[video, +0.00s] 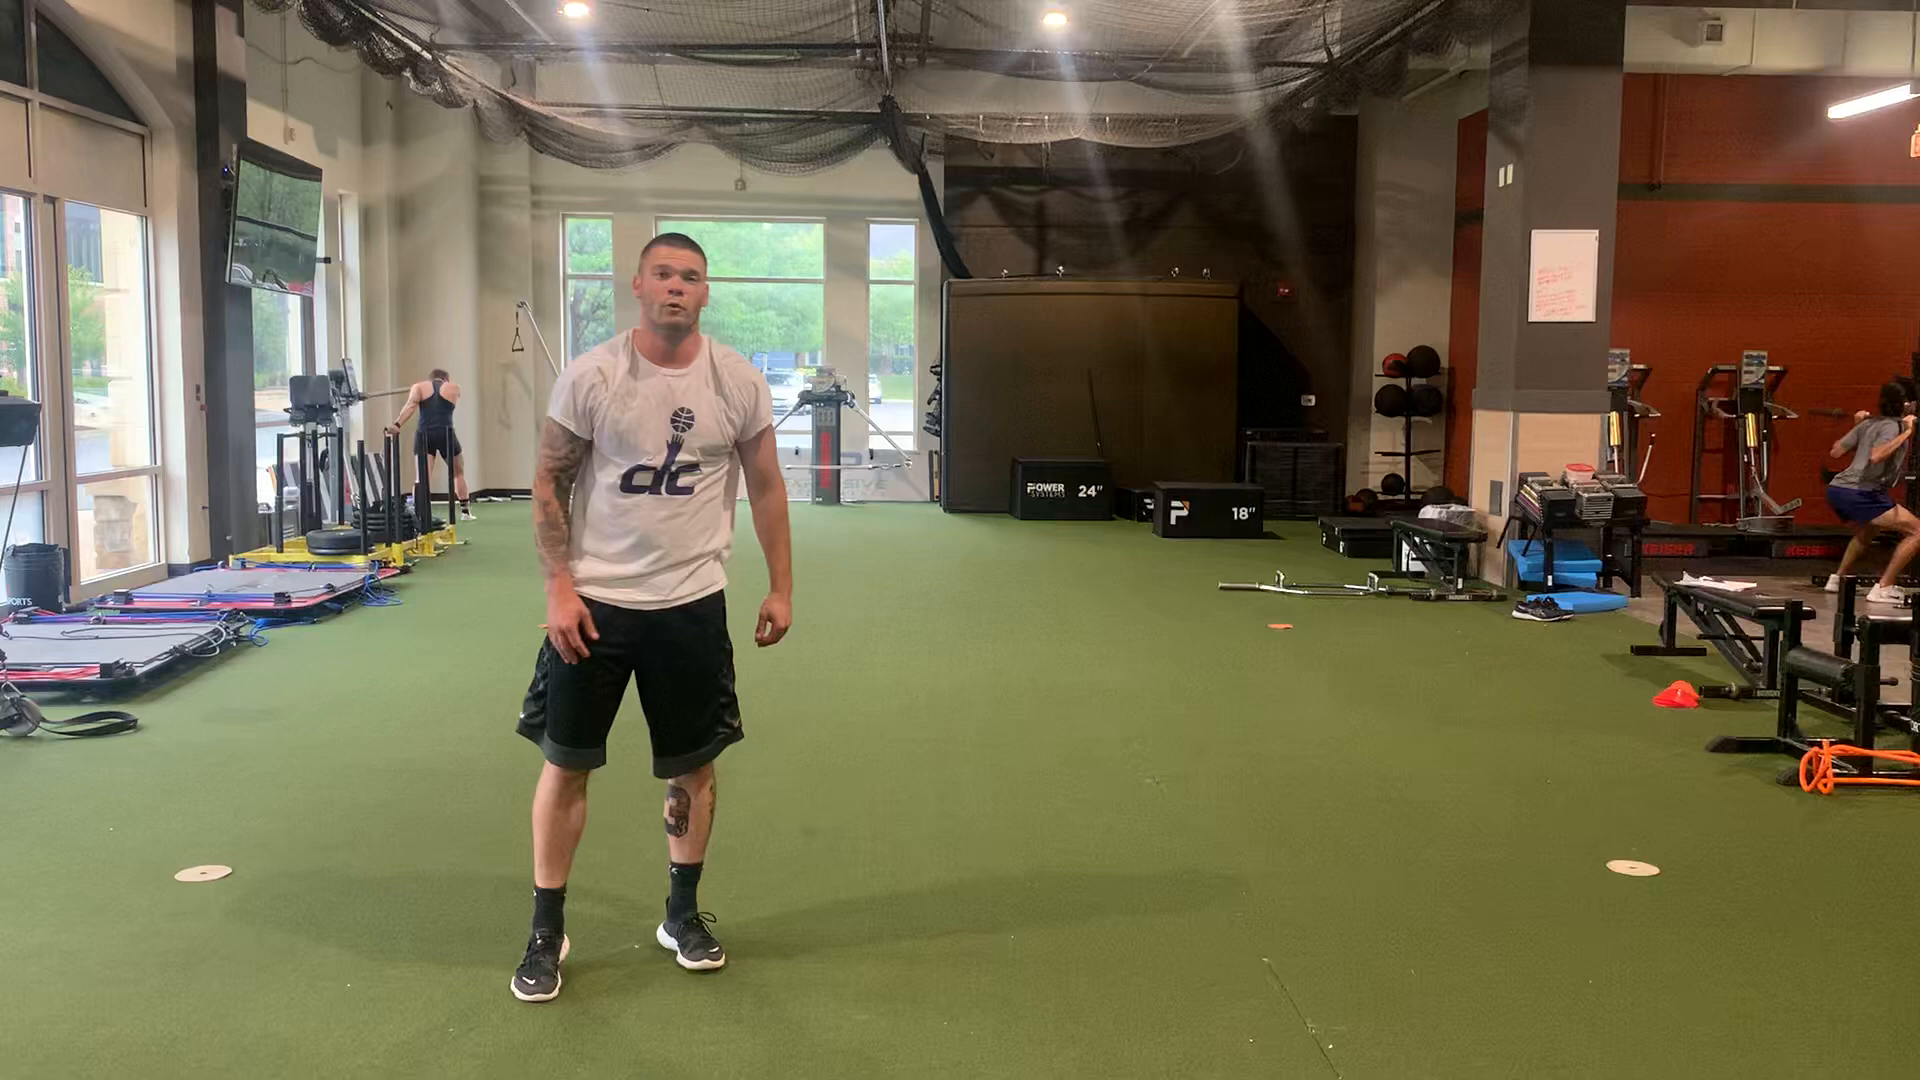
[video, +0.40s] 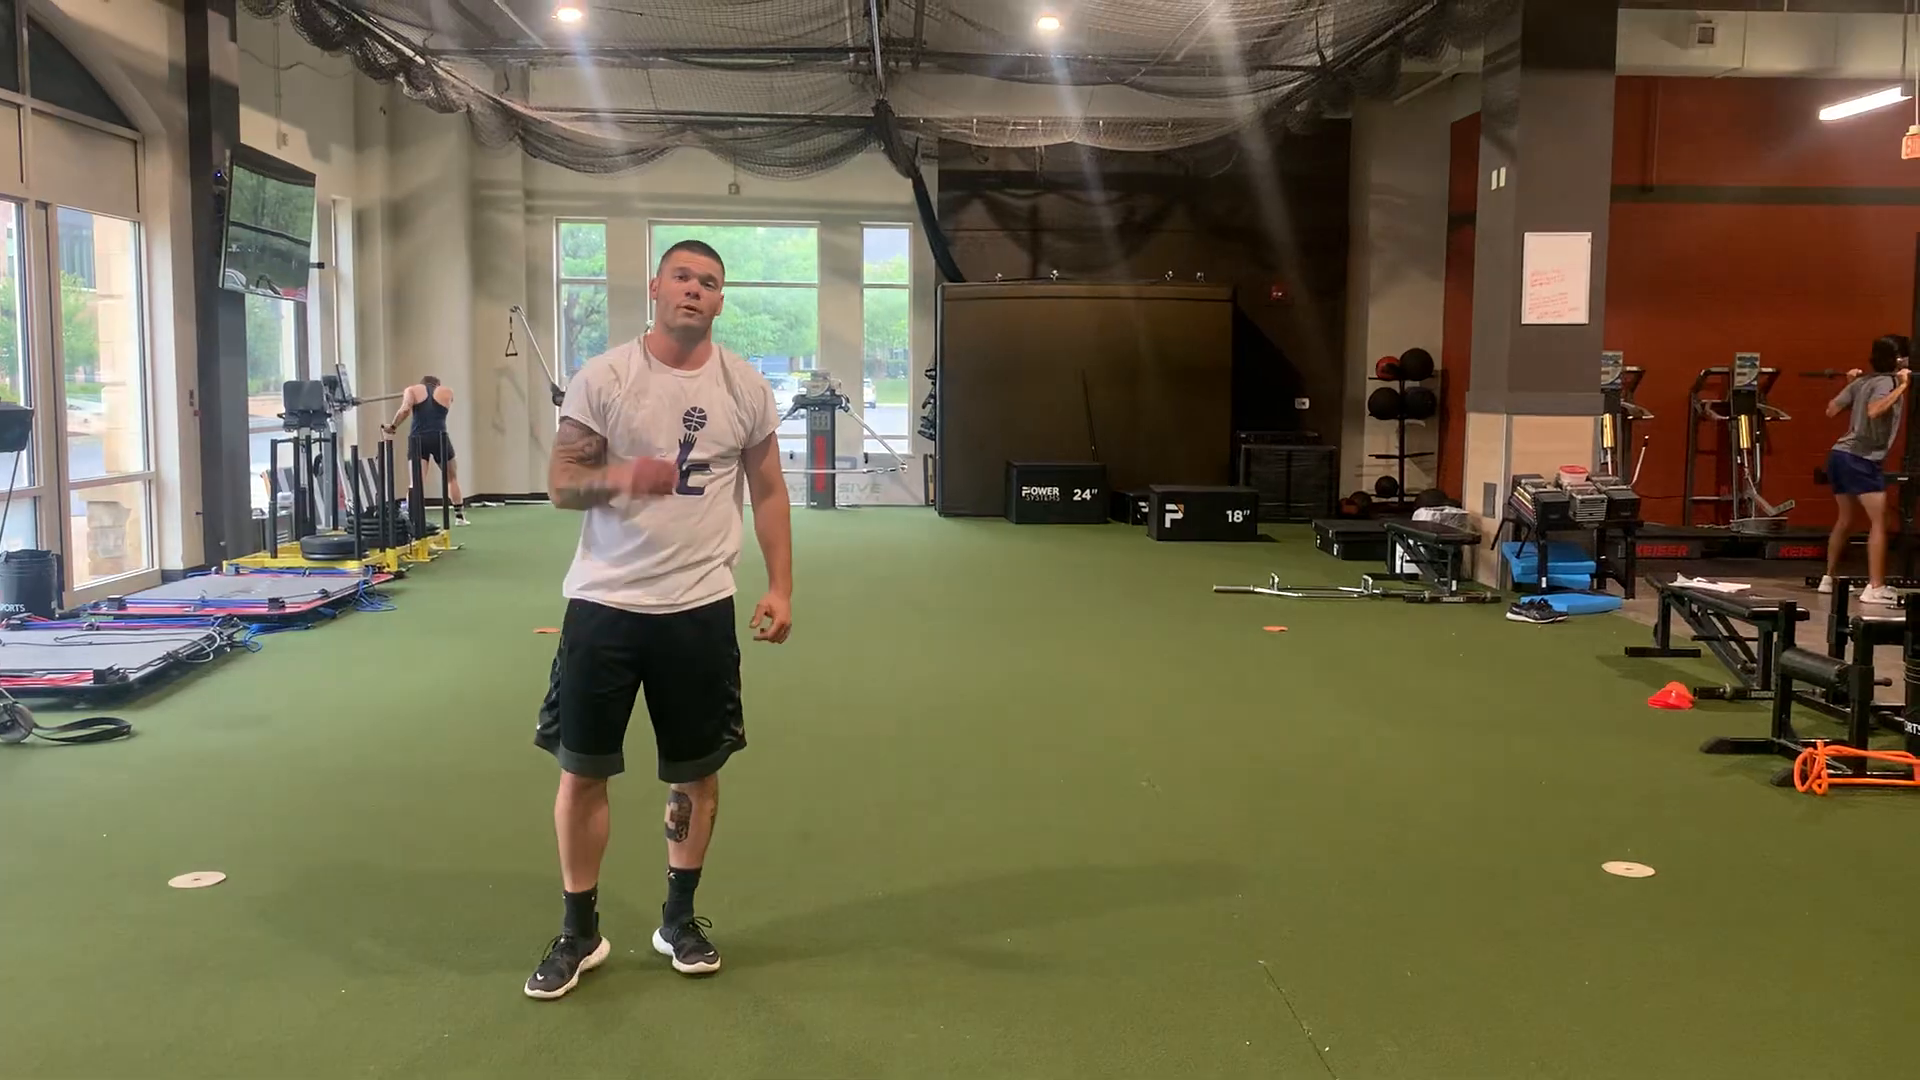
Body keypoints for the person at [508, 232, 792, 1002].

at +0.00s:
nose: (676, 288)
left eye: (689, 278)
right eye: (663, 275)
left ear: (707, 294)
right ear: (635, 287)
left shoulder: (739, 382)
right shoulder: (588, 379)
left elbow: (767, 487)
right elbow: (549, 487)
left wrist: (781, 586)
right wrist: (559, 587)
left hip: (692, 606)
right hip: (595, 605)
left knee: (692, 764)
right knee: (566, 766)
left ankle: (683, 913)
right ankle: (545, 930)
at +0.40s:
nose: (695, 291)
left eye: (709, 284)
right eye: (683, 277)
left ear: (722, 304)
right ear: (654, 288)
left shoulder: (746, 389)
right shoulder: (601, 377)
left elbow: (769, 491)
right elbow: (561, 484)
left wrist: (780, 586)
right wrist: (620, 477)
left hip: (700, 607)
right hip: (604, 605)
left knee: (694, 770)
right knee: (581, 770)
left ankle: (679, 917)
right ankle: (578, 931)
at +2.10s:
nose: (640, 293)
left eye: (657, 284)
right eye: (628, 277)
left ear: (675, 302)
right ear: (599, 286)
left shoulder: (702, 392)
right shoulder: (543, 388)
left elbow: (759, 501)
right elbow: (481, 496)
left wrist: (730, 513)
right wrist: (528, 512)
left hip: (663, 646)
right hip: (556, 649)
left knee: (676, 835)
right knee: (545, 828)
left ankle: (669, 1021)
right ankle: (564, 946)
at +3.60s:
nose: (621, 285)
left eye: (641, 270)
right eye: (602, 266)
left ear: (666, 288)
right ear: (569, 281)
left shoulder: (725, 407)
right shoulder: (515, 424)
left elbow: (781, 528)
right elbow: (464, 561)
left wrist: (819, 546)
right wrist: (506, 610)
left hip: (703, 736)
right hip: (567, 745)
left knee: (735, 966)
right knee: (571, 965)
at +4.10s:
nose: (757, 263)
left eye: (781, 256)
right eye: (740, 244)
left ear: (802, 289)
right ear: (701, 262)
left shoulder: (843, 416)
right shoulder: (618, 407)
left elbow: (886, 574)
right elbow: (551, 562)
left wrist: (798, 594)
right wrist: (599, 583)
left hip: (785, 764)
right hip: (637, 764)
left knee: (794, 1028)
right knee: (616, 1039)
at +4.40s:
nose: (781, 269)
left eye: (803, 256)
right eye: (759, 248)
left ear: (824, 283)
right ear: (715, 267)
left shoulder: (868, 421)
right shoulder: (640, 419)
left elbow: (922, 569)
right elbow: (587, 581)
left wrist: (874, 601)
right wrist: (575, 714)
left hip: (815, 791)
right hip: (664, 794)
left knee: (797, 1049)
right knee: (671, 1058)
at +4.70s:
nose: (745, 258)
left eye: (762, 237)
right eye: (712, 242)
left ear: (787, 260)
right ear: (668, 276)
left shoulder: (866, 410)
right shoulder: (628, 445)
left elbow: (926, 558)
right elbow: (598, 646)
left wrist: (901, 609)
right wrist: (662, 800)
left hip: (857, 848)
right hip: (698, 860)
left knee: (856, 1064)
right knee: (690, 1067)